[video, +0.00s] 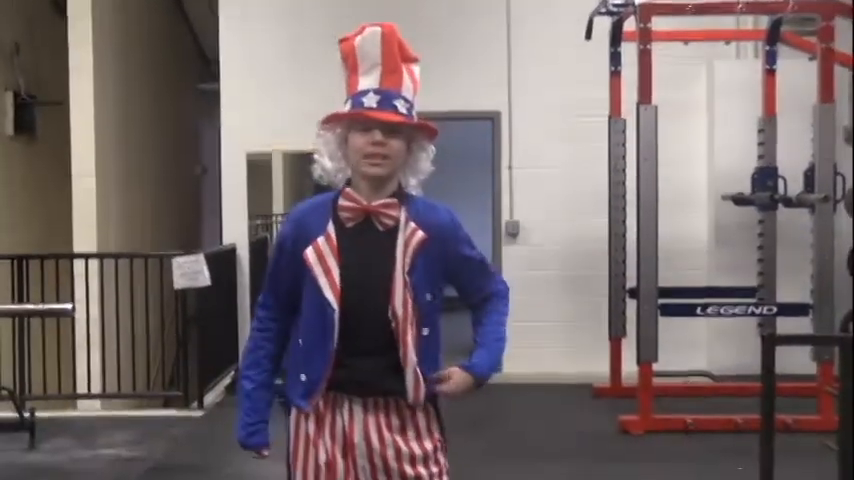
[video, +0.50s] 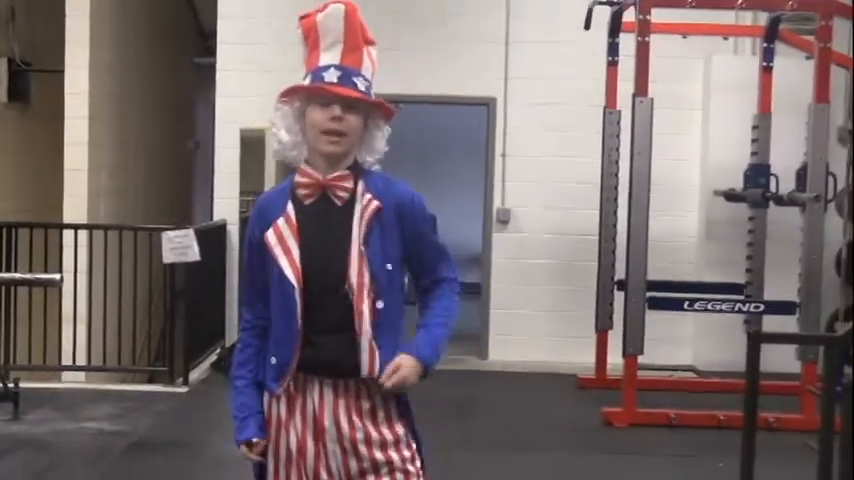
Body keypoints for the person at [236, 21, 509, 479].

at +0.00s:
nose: (377, 143)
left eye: (391, 133)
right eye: (364, 130)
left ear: (410, 148)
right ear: (343, 142)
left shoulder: (435, 226)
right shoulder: (304, 224)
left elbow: (490, 295)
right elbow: (269, 321)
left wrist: (478, 367)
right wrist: (253, 421)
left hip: (407, 422)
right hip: (321, 421)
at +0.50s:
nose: (336, 116)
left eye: (350, 107)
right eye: (323, 103)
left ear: (367, 122)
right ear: (301, 114)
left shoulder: (399, 205)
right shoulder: (270, 209)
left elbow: (443, 283)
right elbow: (254, 320)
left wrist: (422, 355)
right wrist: (248, 413)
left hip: (373, 407)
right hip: (293, 407)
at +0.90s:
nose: (318, 120)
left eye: (331, 110)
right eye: (304, 109)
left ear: (349, 126)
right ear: (283, 122)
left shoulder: (384, 195)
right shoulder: (267, 218)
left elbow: (446, 281)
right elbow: (258, 325)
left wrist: (423, 374)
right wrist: (204, 399)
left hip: (376, 405)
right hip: (297, 409)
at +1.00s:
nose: (325, 120)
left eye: (337, 111)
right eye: (311, 109)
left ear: (353, 125)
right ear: (288, 123)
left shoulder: (389, 195)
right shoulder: (278, 212)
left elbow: (453, 284)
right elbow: (260, 306)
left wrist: (436, 383)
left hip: (381, 405)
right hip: (302, 406)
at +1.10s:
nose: (338, 118)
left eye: (350, 109)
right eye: (324, 107)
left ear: (367, 124)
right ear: (301, 122)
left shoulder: (401, 196)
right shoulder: (287, 206)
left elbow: (463, 288)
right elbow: (236, 274)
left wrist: (450, 384)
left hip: (391, 407)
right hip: (308, 406)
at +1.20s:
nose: (349, 121)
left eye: (361, 109)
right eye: (335, 110)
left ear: (381, 121)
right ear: (314, 124)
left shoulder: (422, 200)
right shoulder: (283, 203)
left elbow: (467, 298)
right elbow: (202, 223)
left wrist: (464, 388)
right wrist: (221, 121)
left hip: (404, 409)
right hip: (318, 409)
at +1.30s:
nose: (355, 123)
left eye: (369, 108)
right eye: (342, 112)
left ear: (396, 118)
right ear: (329, 127)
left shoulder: (436, 205)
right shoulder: (302, 191)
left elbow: (466, 301)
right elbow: (242, 182)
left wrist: (466, 388)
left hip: (413, 406)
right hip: (328, 406)